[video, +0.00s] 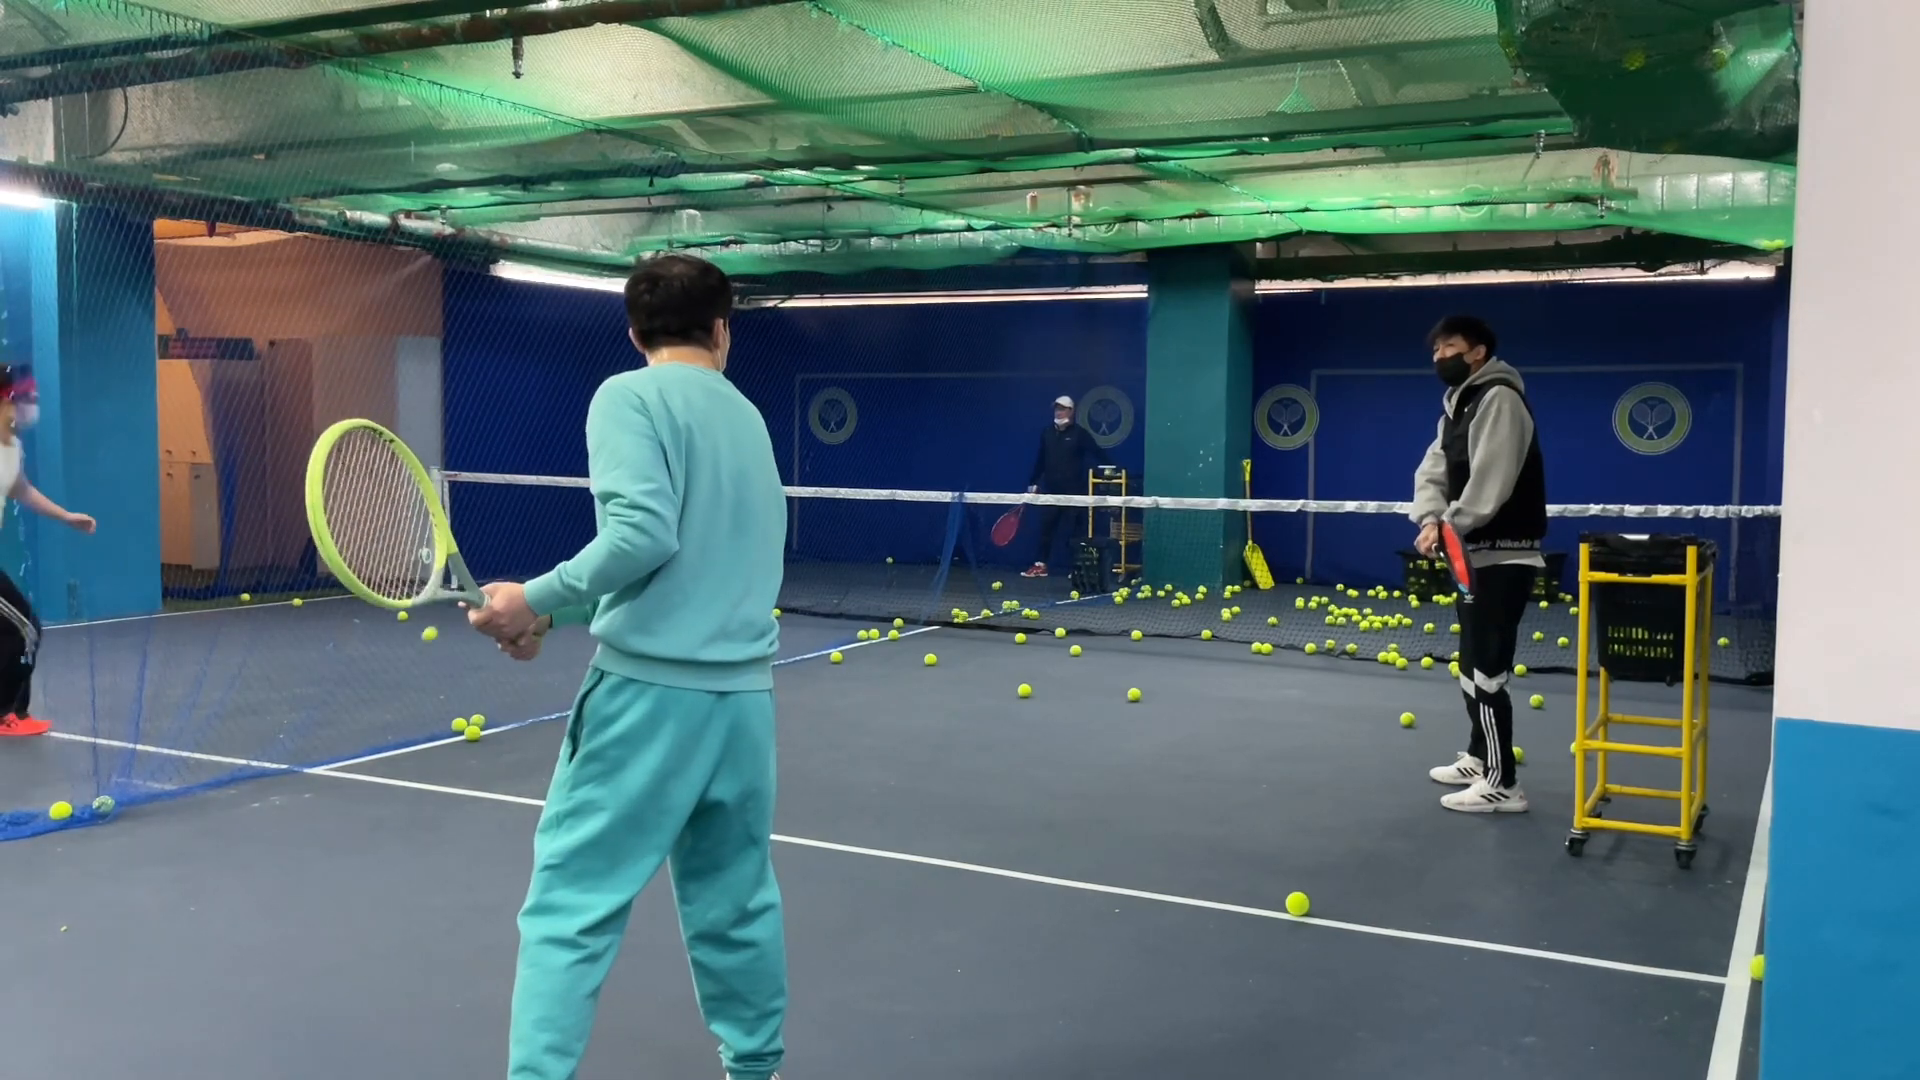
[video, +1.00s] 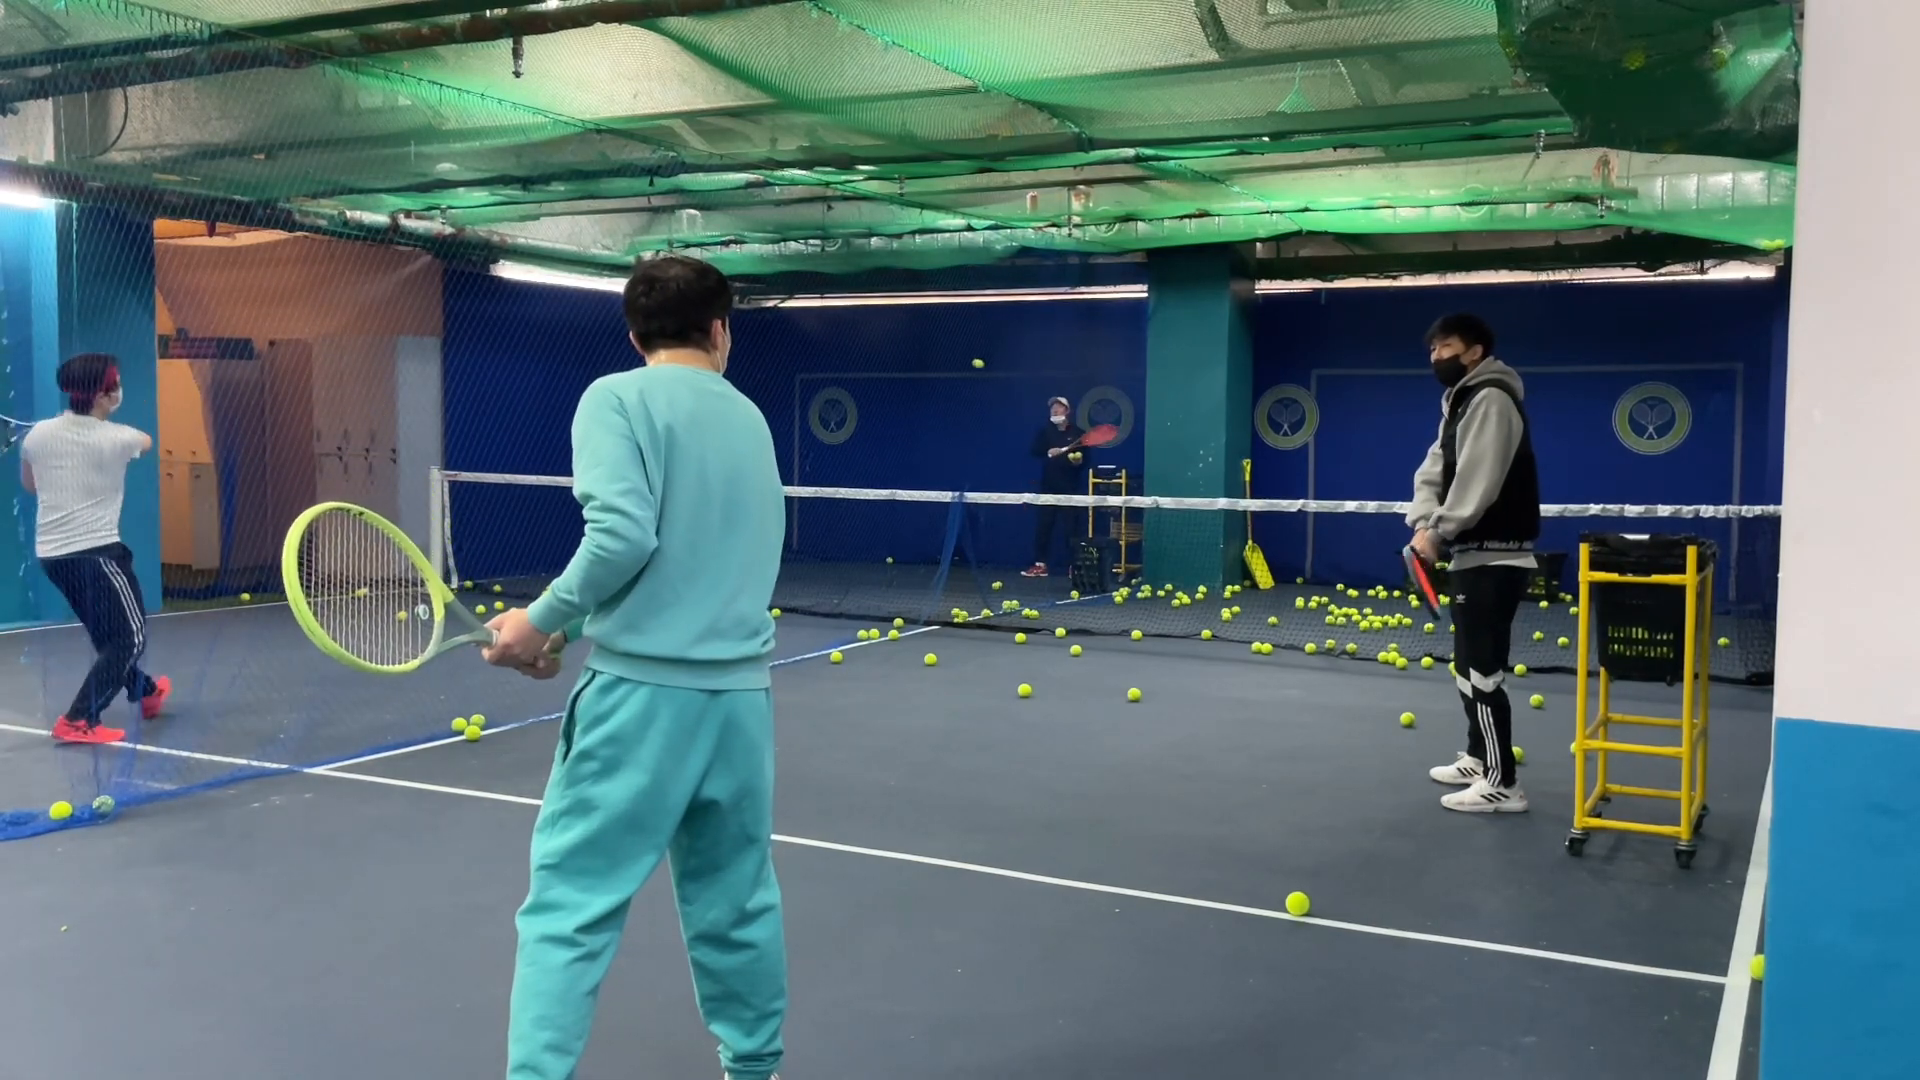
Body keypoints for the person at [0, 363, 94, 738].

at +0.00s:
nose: (27, 408)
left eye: (28, 400)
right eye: (21, 399)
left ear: (17, 403)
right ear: (4, 400)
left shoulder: (12, 445)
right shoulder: (1, 444)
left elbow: (21, 489)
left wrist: (66, 517)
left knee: (24, 625)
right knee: (23, 627)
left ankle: (14, 712)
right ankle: (7, 713)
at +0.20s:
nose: (142, 456)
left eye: (142, 448)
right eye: (137, 448)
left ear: (117, 452)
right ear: (115, 451)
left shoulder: (96, 480)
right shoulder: (81, 487)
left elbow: (79, 529)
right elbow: (81, 562)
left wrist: (103, 548)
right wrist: (102, 618)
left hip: (63, 569)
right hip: (34, 577)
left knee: (124, 624)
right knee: (94, 649)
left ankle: (167, 694)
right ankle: (20, 706)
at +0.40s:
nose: (201, 459)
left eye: (202, 451)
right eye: (197, 452)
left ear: (169, 451)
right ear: (177, 454)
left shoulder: (136, 465)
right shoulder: (149, 496)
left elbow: (101, 512)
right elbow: (170, 559)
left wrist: (126, 549)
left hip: (109, 565)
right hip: (80, 572)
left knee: (163, 611)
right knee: (127, 653)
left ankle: (171, 695)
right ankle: (41, 695)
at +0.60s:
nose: (202, 426)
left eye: (202, 418)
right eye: (198, 419)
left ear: (163, 417)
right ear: (180, 422)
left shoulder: (128, 438)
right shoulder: (172, 466)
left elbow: (94, 479)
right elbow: (190, 514)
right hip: (101, 549)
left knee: (159, 608)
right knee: (137, 641)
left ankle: (171, 693)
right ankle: (53, 687)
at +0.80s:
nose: (166, 403)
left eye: (165, 396)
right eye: (161, 397)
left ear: (123, 401)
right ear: (144, 404)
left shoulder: (86, 436)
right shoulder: (153, 448)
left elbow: (69, 484)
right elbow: (186, 472)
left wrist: (108, 474)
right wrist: (163, 459)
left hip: (86, 551)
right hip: (118, 552)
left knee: (157, 611)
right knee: (154, 636)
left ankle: (170, 694)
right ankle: (89, 706)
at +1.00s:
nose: (119, 392)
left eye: (117, 384)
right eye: (114, 386)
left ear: (73, 391)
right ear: (98, 394)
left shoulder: (37, 434)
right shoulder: (115, 437)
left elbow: (30, 483)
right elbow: (146, 441)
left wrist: (67, 472)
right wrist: (101, 430)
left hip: (53, 555)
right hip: (97, 550)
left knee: (104, 630)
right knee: (131, 633)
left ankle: (144, 691)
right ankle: (78, 719)